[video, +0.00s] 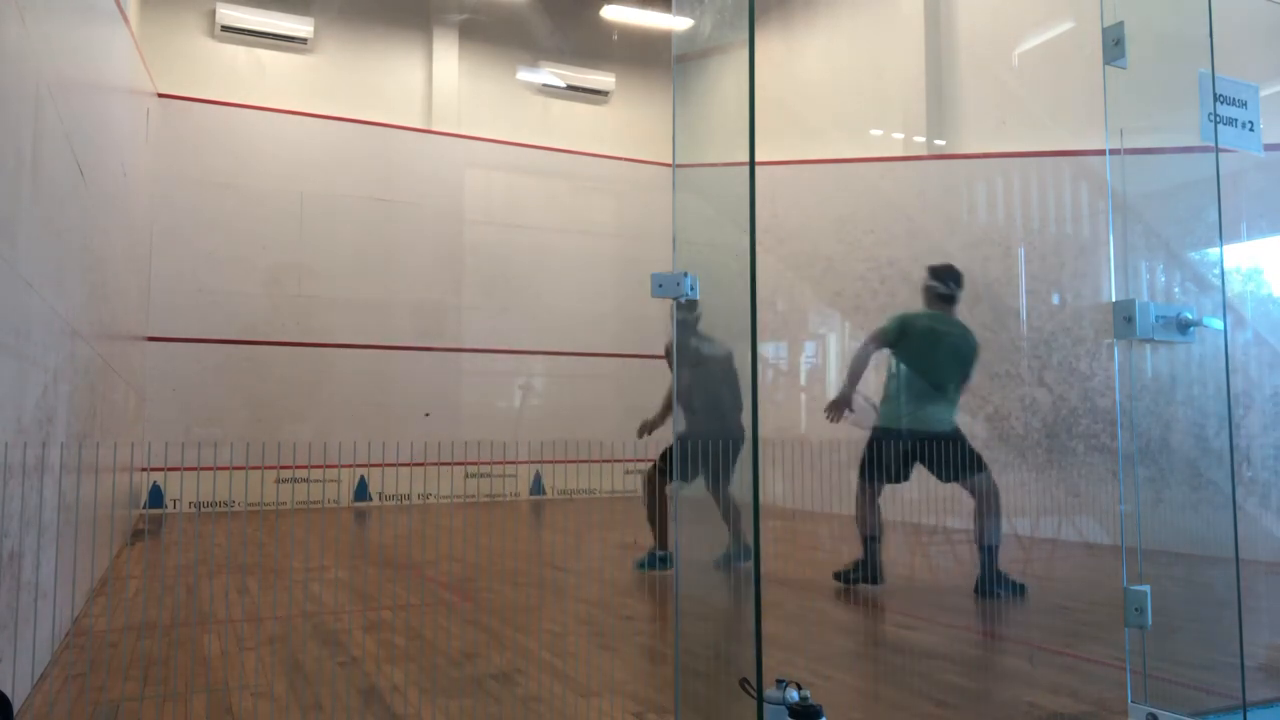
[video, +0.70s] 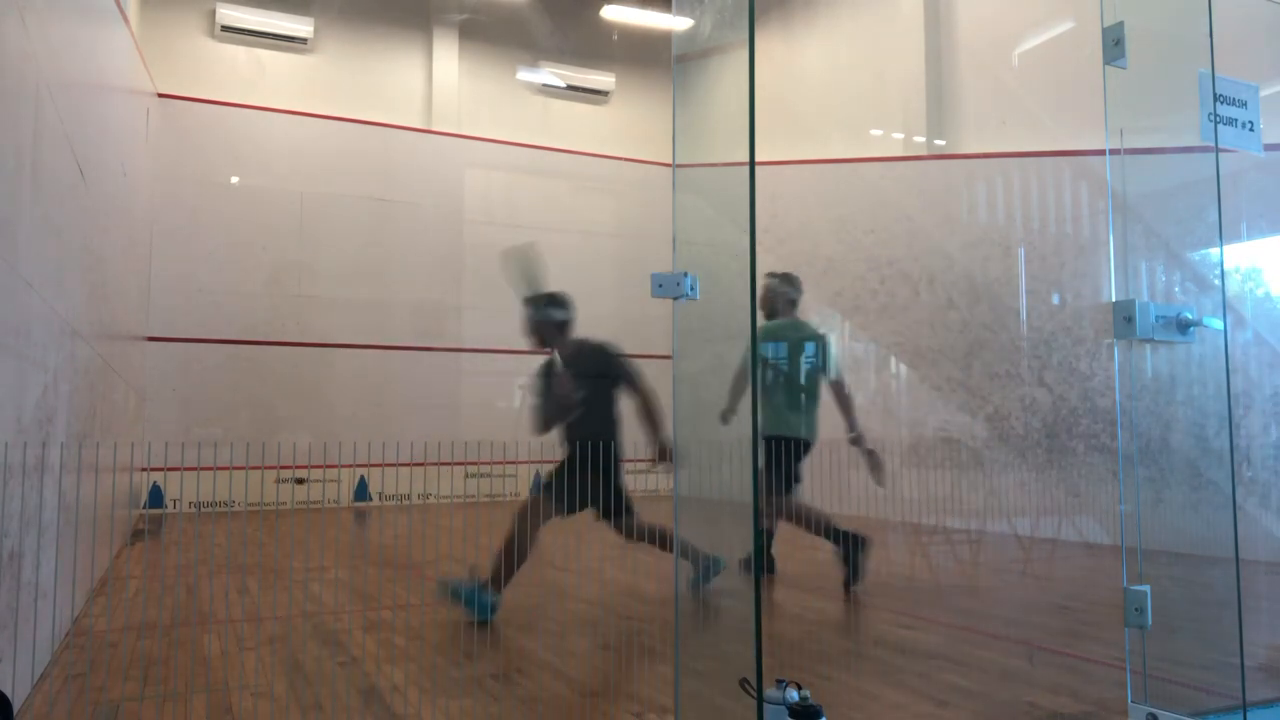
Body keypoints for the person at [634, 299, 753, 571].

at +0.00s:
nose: (675, 326)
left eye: (676, 320)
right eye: (677, 319)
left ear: (676, 320)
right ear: (697, 318)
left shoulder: (680, 349)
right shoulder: (720, 350)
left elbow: (676, 391)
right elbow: (734, 400)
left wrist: (654, 422)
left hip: (699, 435)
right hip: (730, 434)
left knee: (654, 480)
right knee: (717, 486)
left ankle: (661, 550)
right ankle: (739, 545)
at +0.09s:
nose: (671, 344)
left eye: (676, 339)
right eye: (670, 338)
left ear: (684, 340)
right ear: (687, 340)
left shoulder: (684, 371)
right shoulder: (706, 367)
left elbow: (688, 415)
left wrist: (663, 437)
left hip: (714, 447)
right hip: (733, 446)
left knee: (648, 486)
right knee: (712, 497)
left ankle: (655, 555)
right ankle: (744, 549)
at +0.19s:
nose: (655, 345)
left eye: (658, 339)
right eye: (655, 338)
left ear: (667, 341)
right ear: (675, 340)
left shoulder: (678, 370)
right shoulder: (687, 366)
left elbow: (680, 412)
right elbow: (682, 414)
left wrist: (651, 443)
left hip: (707, 448)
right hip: (722, 446)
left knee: (647, 491)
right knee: (711, 498)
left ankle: (665, 560)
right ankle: (743, 549)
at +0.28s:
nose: (636, 327)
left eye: (641, 321)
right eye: (636, 320)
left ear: (651, 323)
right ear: (654, 323)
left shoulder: (666, 351)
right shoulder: (657, 352)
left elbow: (681, 389)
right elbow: (664, 394)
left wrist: (666, 422)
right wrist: (654, 421)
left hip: (696, 438)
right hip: (697, 437)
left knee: (646, 496)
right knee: (712, 495)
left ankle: (667, 567)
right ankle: (739, 547)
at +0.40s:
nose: (615, 310)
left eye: (618, 304)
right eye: (616, 304)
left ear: (630, 307)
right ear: (643, 305)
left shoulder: (648, 338)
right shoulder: (658, 332)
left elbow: (651, 386)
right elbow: (693, 359)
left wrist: (630, 412)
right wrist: (695, 403)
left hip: (667, 433)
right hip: (677, 430)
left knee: (625, 496)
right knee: (670, 494)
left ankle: (661, 558)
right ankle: (726, 538)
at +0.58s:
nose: (567, 319)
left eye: (571, 312)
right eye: (567, 312)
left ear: (587, 312)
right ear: (591, 313)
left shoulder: (628, 341)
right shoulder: (588, 356)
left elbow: (677, 371)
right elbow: (580, 413)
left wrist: (694, 419)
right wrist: (579, 393)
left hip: (628, 445)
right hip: (616, 445)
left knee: (560, 492)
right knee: (647, 518)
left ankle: (539, 575)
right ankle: (710, 563)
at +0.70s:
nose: (529, 333)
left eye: (534, 326)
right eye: (529, 326)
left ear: (554, 325)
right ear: (550, 327)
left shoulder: (598, 355)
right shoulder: (550, 370)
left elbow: (640, 390)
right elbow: (540, 425)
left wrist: (658, 439)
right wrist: (563, 404)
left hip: (595, 457)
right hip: (585, 457)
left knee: (531, 514)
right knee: (630, 528)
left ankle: (489, 594)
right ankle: (702, 559)